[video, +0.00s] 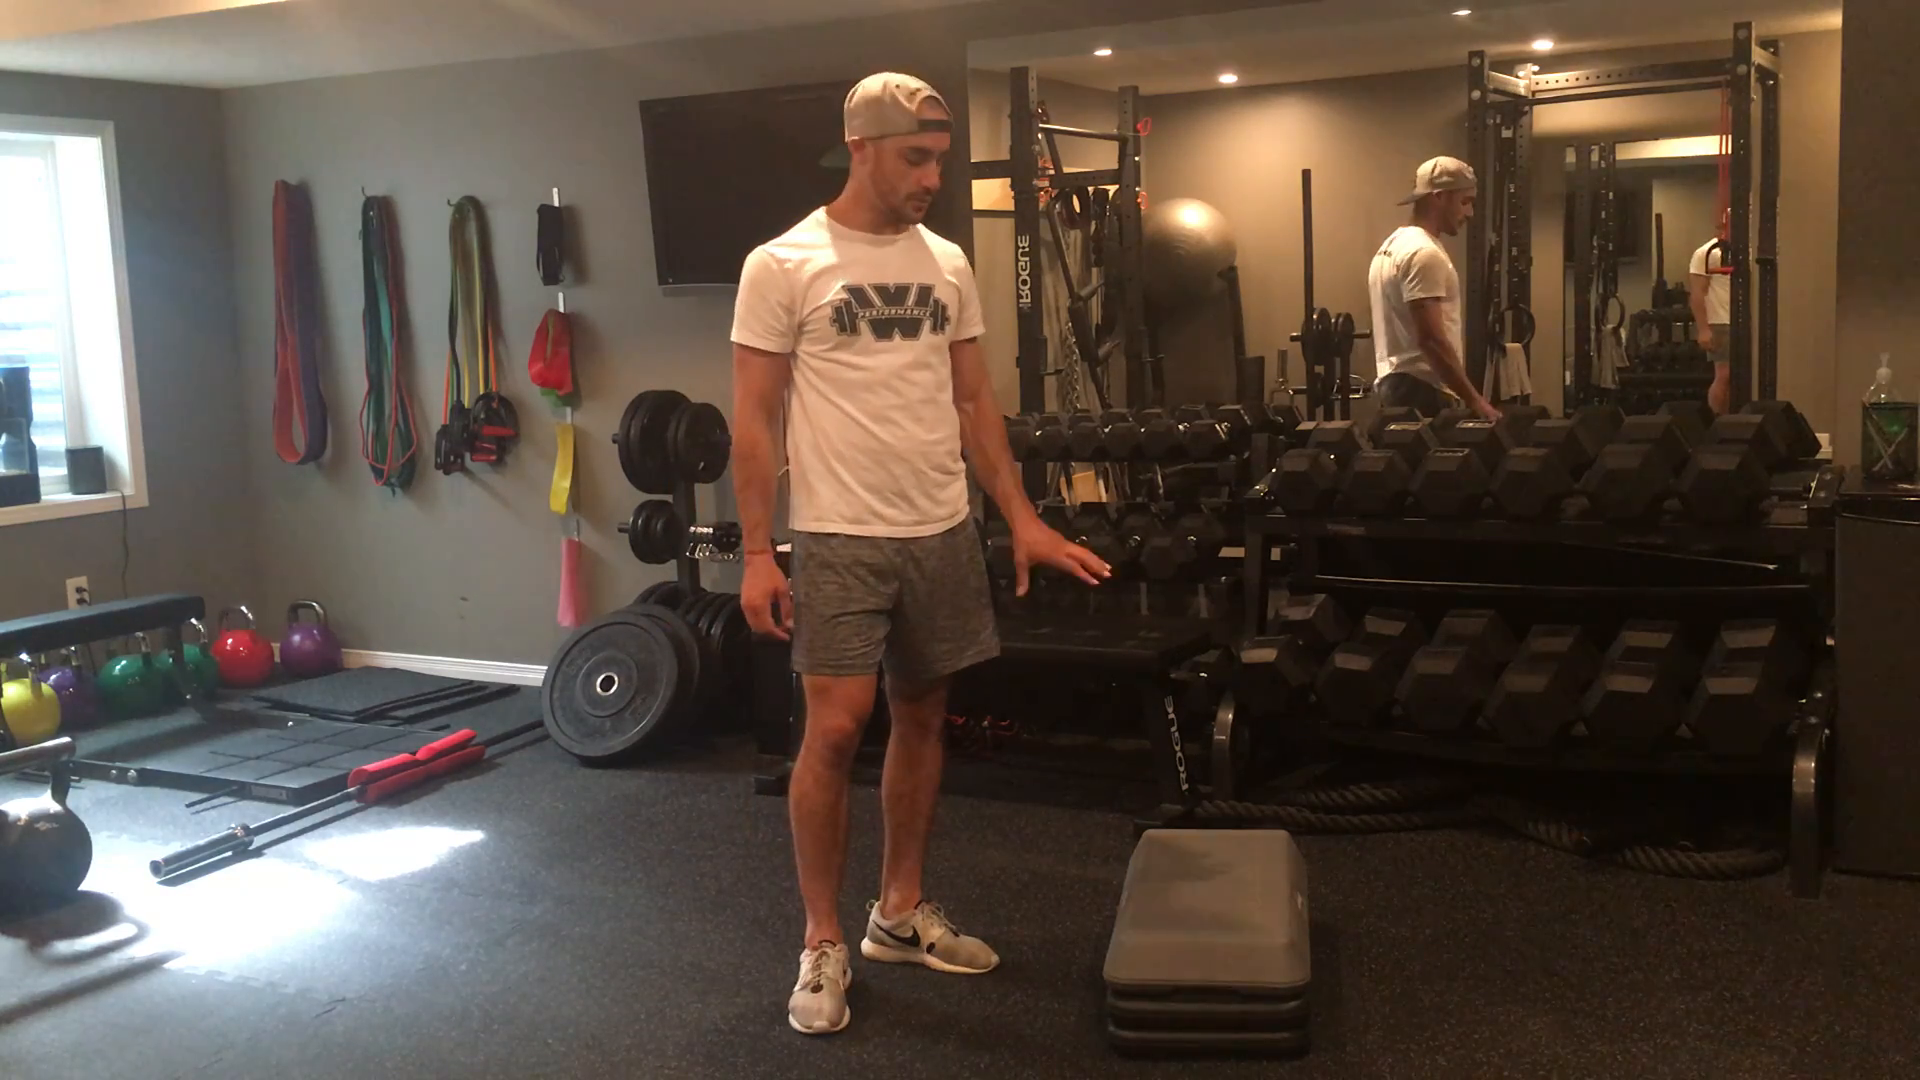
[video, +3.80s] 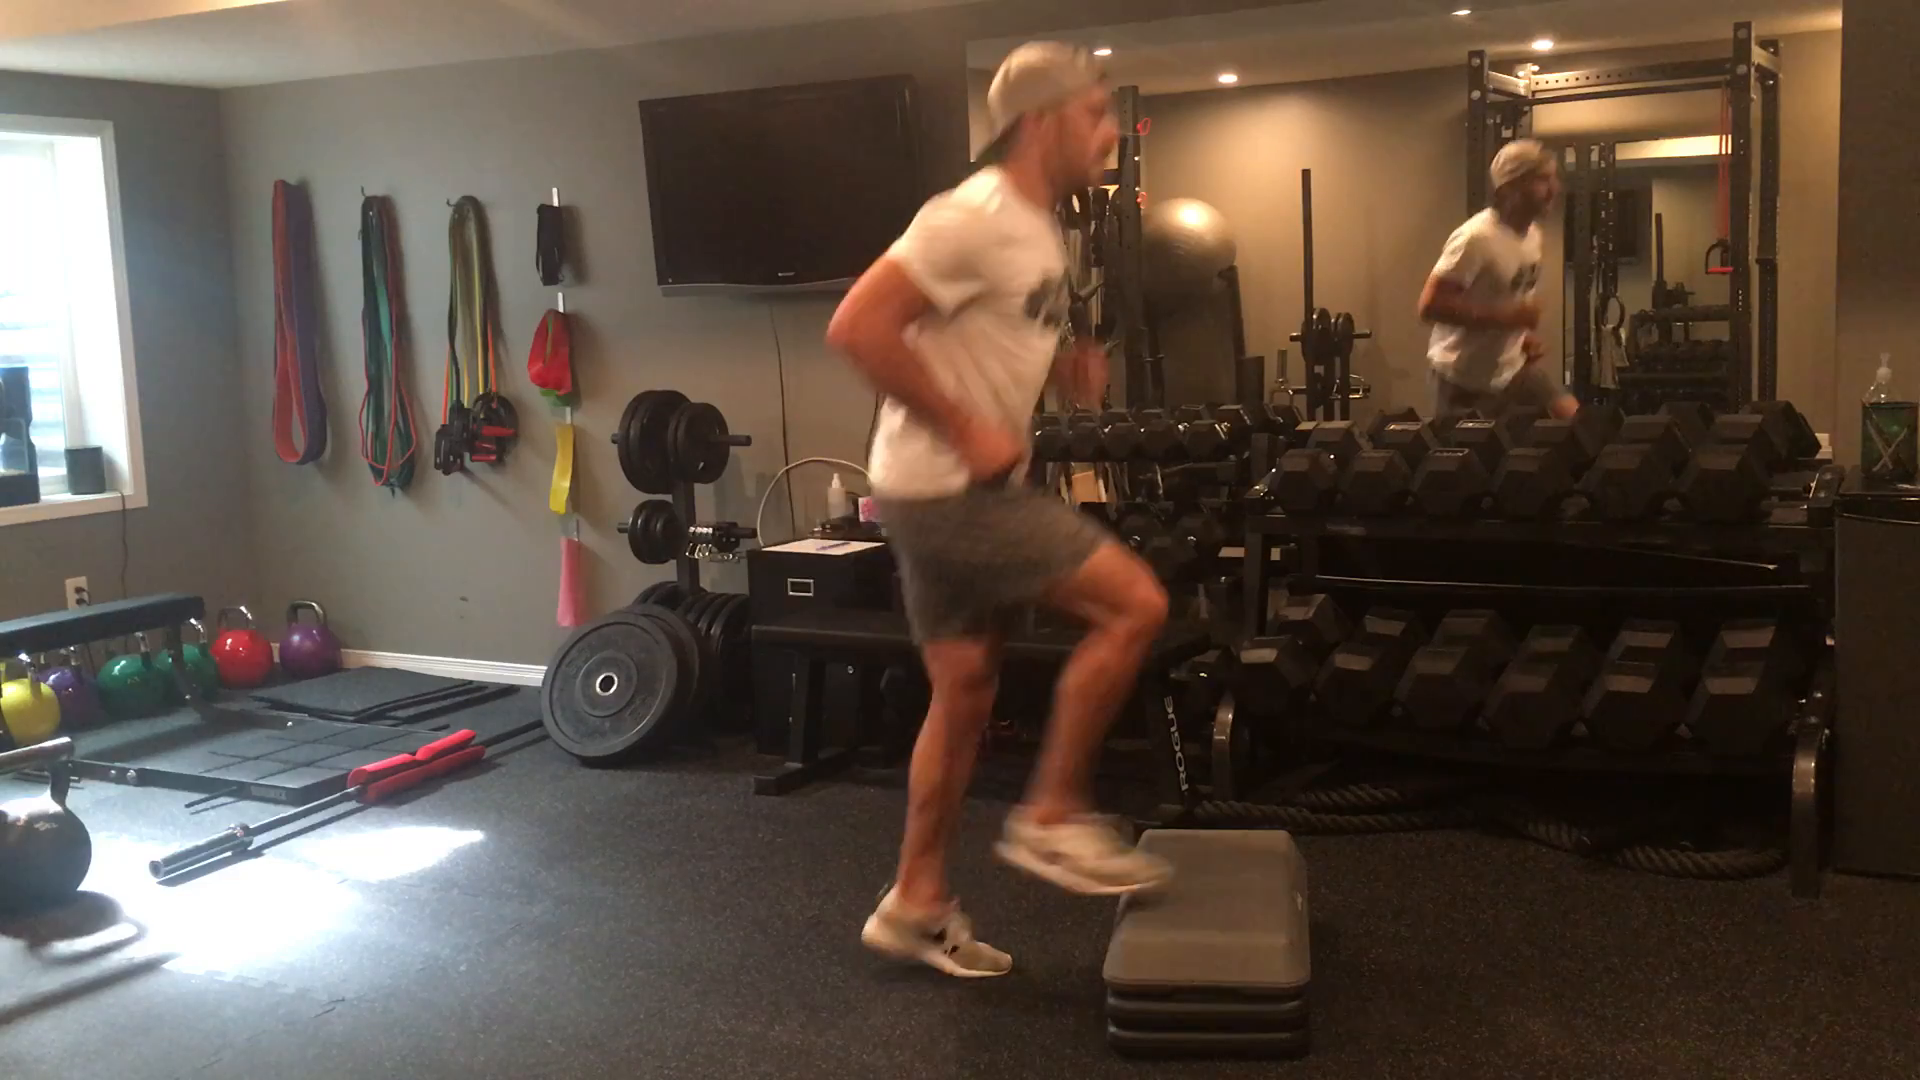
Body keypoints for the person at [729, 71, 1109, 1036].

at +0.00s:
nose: (935, 178)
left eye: (942, 161)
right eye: (920, 159)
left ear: (937, 159)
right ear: (862, 151)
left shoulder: (944, 261)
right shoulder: (783, 264)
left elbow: (975, 404)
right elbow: (755, 419)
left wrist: (1023, 518)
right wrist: (757, 552)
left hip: (939, 535)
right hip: (836, 540)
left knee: (922, 720)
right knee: (835, 730)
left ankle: (901, 910)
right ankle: (823, 944)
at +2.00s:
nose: (896, 148)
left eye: (910, 131)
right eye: (877, 132)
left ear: (934, 144)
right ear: (848, 146)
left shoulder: (969, 263)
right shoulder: (798, 263)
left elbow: (993, 401)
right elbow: (770, 413)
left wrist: (1027, 522)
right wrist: (759, 546)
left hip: (947, 534)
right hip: (840, 536)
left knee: (924, 720)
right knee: (838, 727)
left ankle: (901, 911)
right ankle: (823, 941)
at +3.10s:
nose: (911, 178)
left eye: (914, 159)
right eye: (898, 158)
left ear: (857, 156)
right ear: (840, 151)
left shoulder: (856, 254)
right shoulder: (763, 264)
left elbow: (866, 405)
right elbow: (718, 428)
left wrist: (916, 501)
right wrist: (763, 572)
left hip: (869, 540)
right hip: (789, 550)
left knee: (897, 709)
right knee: (777, 748)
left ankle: (899, 910)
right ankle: (778, 944)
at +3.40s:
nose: (983, 176)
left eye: (985, 158)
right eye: (973, 156)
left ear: (920, 156)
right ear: (919, 153)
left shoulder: (900, 257)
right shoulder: (845, 253)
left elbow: (865, 411)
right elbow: (796, 415)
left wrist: (902, 503)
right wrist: (886, 531)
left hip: (880, 537)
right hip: (813, 541)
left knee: (923, 705)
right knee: (796, 738)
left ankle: (897, 917)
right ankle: (777, 943)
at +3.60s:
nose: (1056, 192)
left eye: (1054, 174)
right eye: (1044, 173)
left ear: (995, 179)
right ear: (990, 176)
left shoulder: (970, 270)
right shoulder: (924, 261)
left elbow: (913, 413)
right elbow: (851, 405)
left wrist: (958, 498)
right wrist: (947, 512)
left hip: (918, 541)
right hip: (876, 542)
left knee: (959, 736)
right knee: (963, 737)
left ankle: (902, 926)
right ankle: (815, 905)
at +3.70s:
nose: (1086, 197)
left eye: (1085, 180)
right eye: (1073, 179)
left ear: (1021, 188)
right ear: (1018, 184)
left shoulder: (998, 284)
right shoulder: (951, 271)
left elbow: (944, 423)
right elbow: (848, 389)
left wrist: (1020, 481)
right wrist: (942, 501)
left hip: (927, 539)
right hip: (903, 541)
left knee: (973, 724)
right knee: (1079, 676)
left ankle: (906, 925)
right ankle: (914, 839)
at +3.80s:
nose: (1111, 131)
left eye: (1109, 113)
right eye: (1097, 112)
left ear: (1047, 127)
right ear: (1043, 125)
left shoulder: (1035, 228)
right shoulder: (973, 215)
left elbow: (967, 331)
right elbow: (859, 325)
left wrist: (1055, 361)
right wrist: (963, 425)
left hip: (951, 490)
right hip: (943, 494)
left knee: (962, 689)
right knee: (1133, 604)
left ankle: (915, 904)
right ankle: (1050, 817)